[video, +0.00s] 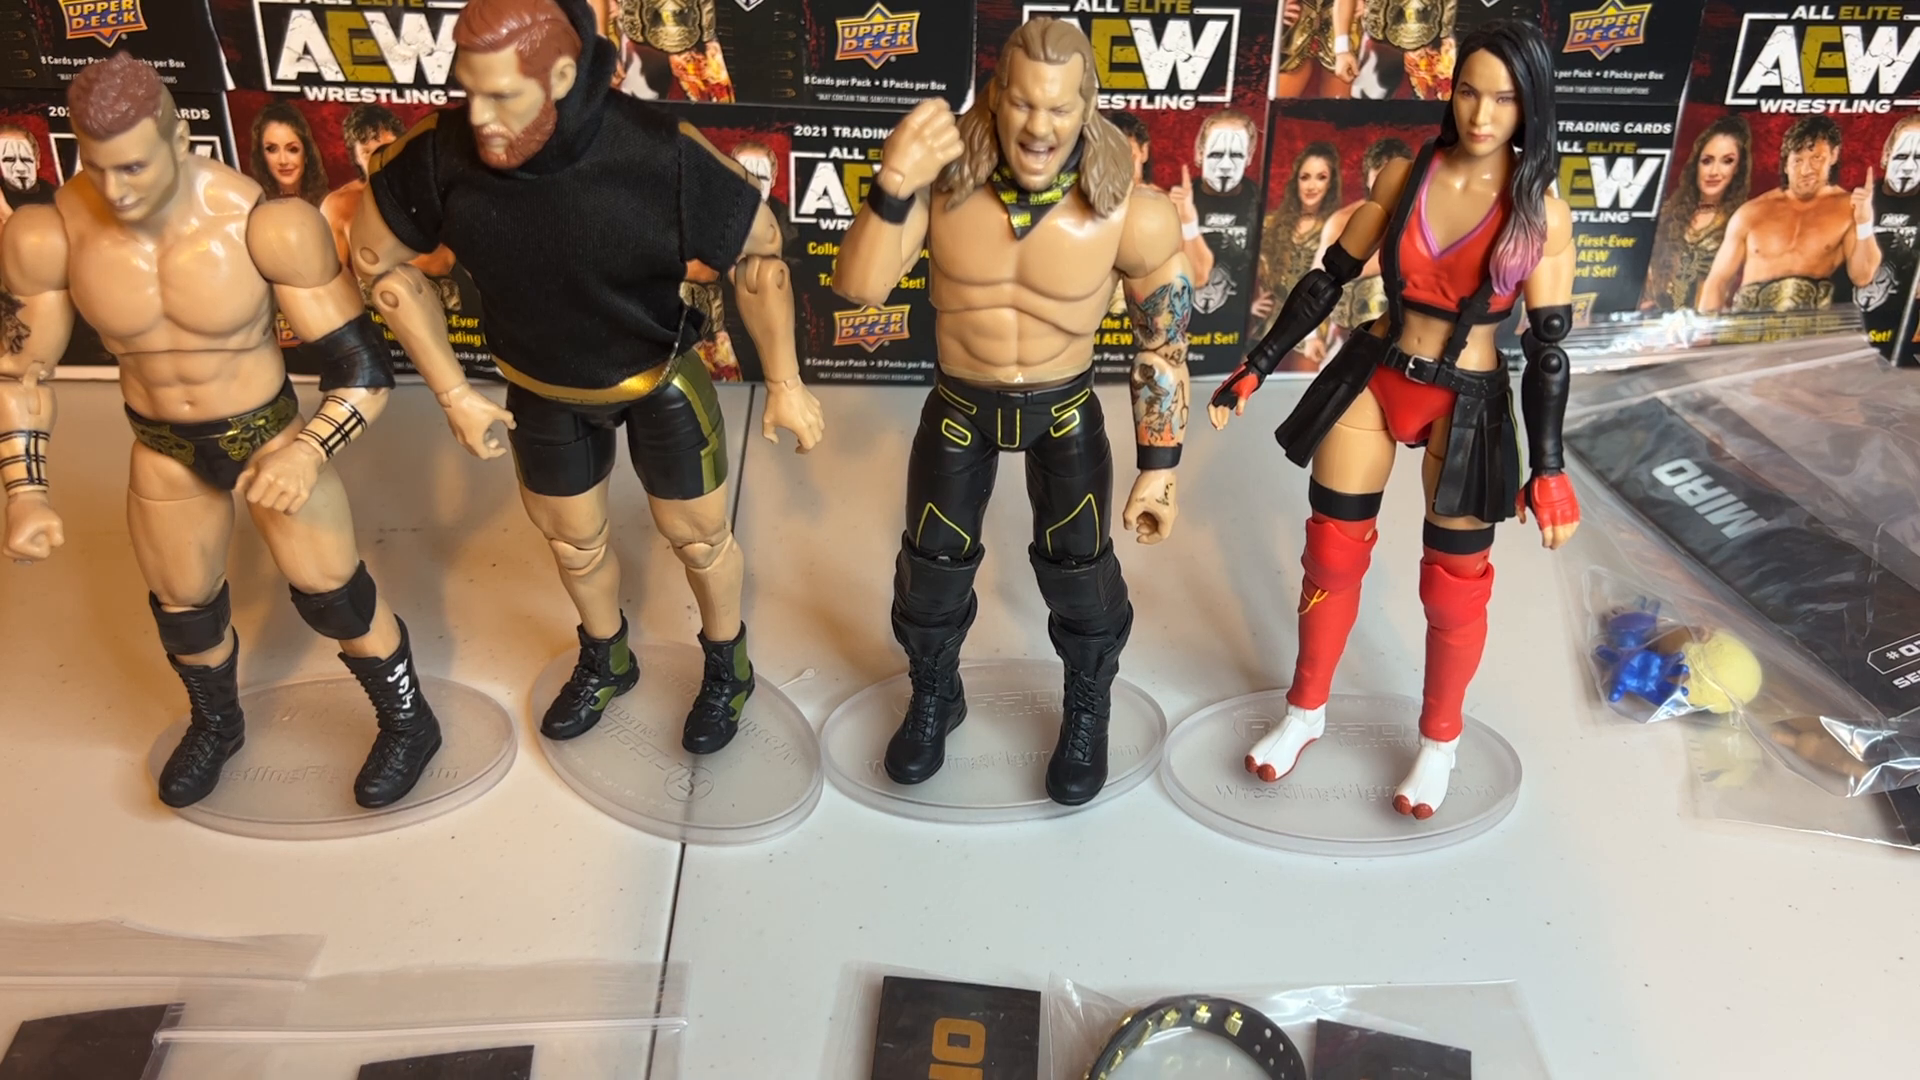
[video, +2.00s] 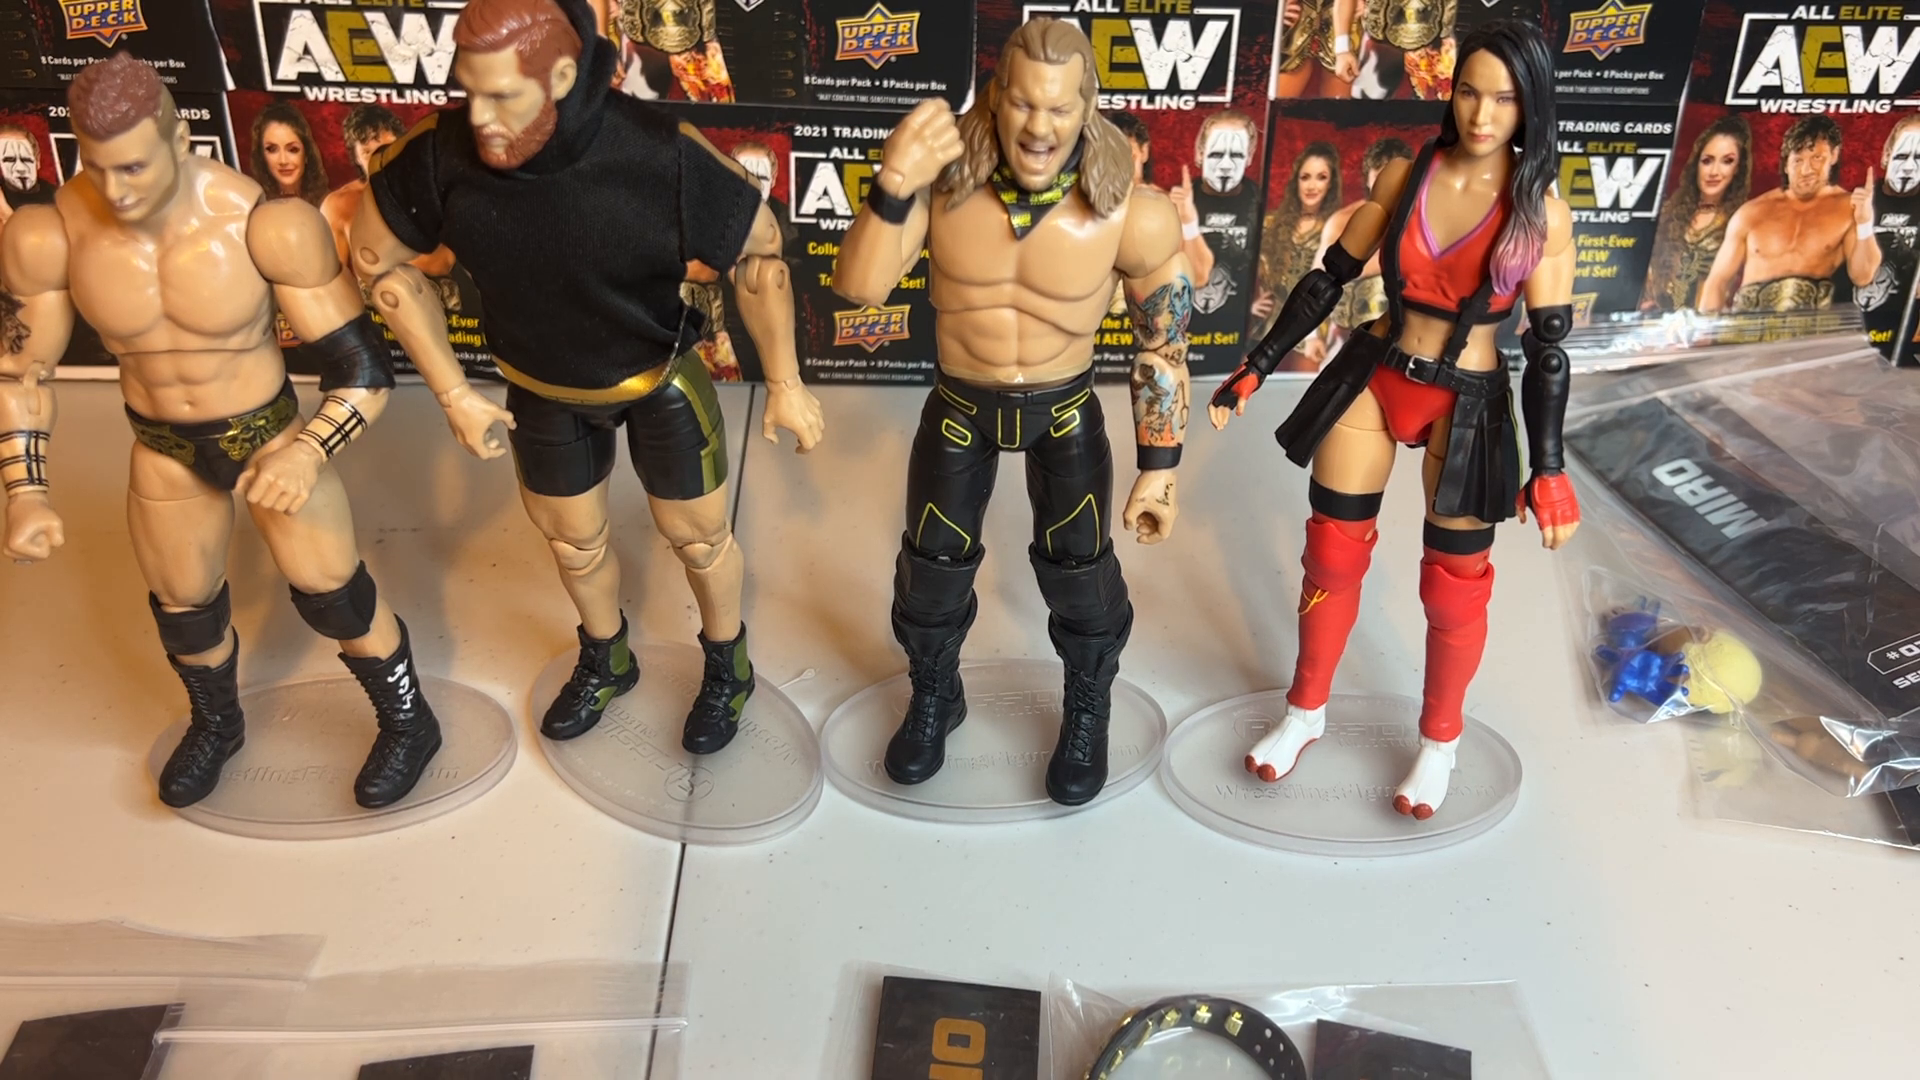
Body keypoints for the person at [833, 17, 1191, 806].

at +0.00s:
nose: (1039, 127)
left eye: (1060, 109)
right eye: (1024, 104)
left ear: (1086, 106)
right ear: (995, 95)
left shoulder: (1129, 207)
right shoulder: (943, 176)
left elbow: (1163, 338)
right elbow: (858, 288)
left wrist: (1161, 464)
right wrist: (892, 190)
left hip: (1064, 408)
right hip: (959, 403)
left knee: (1078, 568)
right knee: (932, 562)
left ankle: (1086, 713)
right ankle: (932, 699)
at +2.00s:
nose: (1040, 127)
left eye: (1060, 109)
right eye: (1024, 104)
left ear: (1086, 107)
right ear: (995, 95)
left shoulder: (1130, 208)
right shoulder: (944, 177)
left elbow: (1163, 338)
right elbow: (857, 287)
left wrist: (1161, 464)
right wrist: (892, 190)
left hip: (1064, 409)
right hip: (959, 404)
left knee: (1078, 568)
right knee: (932, 562)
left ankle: (1086, 713)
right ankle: (932, 699)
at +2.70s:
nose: (1040, 127)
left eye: (1060, 109)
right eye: (1024, 104)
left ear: (1086, 107)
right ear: (995, 95)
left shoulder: (1130, 208)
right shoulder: (944, 177)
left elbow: (1163, 337)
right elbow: (857, 287)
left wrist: (1161, 463)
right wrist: (892, 189)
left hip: (1064, 408)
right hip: (959, 403)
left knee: (1078, 568)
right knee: (932, 563)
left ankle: (1086, 713)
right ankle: (932, 699)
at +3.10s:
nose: (1040, 127)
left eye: (1060, 110)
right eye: (1024, 105)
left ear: (1087, 107)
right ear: (995, 95)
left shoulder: (1130, 209)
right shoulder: (944, 177)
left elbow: (1162, 340)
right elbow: (857, 287)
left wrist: (1161, 465)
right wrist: (892, 189)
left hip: (1064, 409)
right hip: (958, 404)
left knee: (1077, 569)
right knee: (932, 563)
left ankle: (1086, 712)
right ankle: (933, 699)